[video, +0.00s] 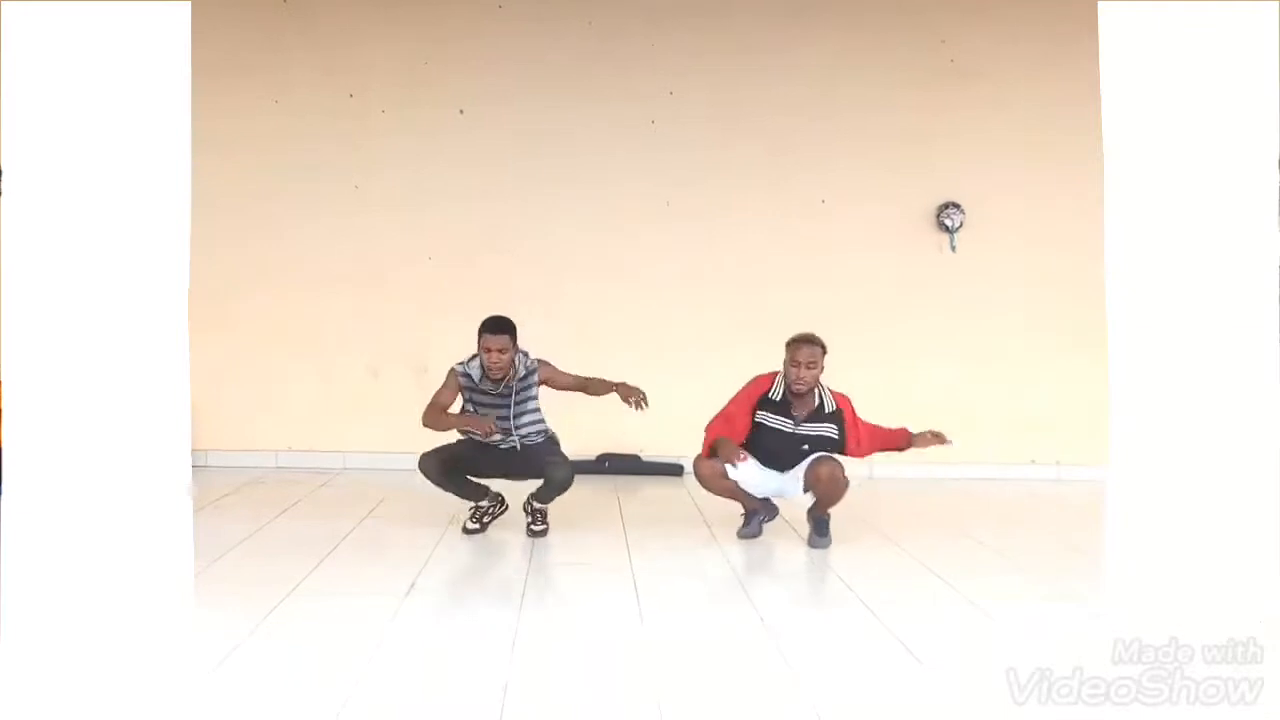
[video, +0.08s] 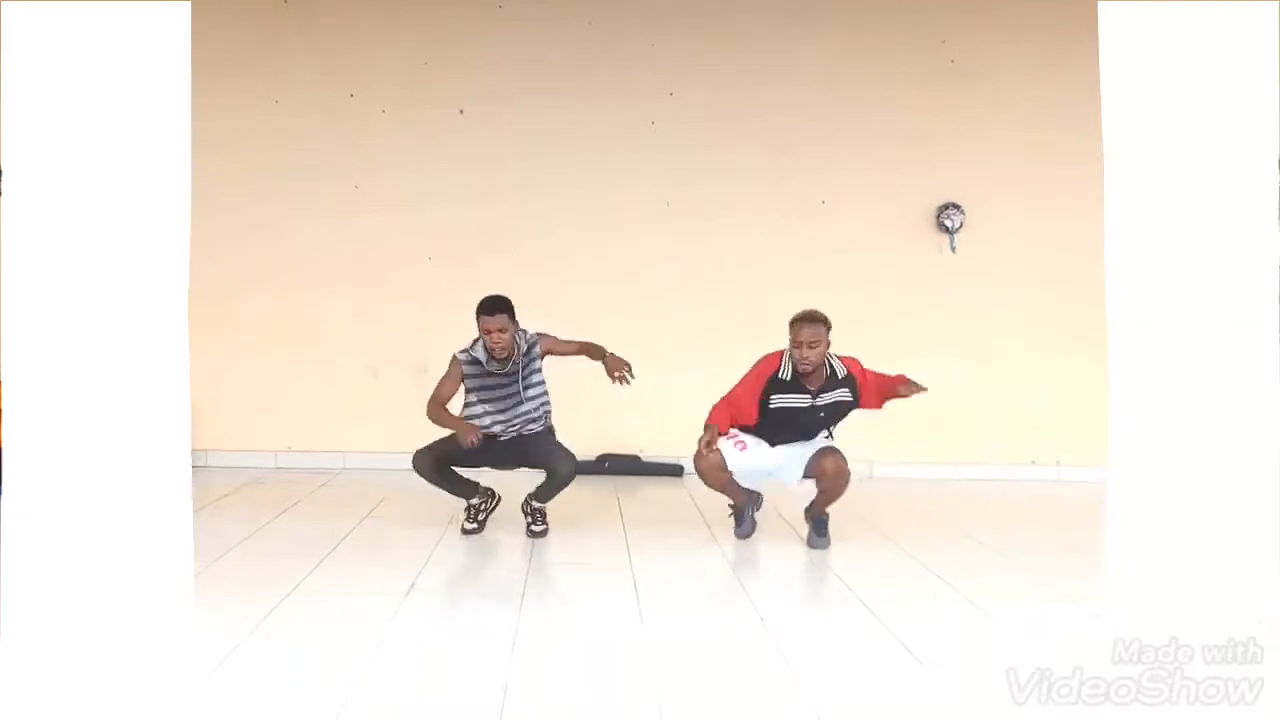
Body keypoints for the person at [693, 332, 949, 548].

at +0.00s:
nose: (801, 374)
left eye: (810, 367)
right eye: (795, 365)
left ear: (822, 369)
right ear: (784, 364)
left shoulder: (837, 406)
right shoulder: (762, 388)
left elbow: (862, 439)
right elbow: (719, 428)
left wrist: (911, 440)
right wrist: (723, 445)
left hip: (805, 474)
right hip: (760, 471)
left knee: (831, 474)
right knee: (705, 468)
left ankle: (819, 515)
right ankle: (757, 507)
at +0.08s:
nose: (804, 353)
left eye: (813, 346)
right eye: (797, 345)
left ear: (828, 344)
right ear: (789, 343)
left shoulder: (847, 373)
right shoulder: (771, 367)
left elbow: (877, 385)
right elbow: (734, 400)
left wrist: (901, 387)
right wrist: (713, 427)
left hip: (807, 448)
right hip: (758, 445)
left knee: (837, 471)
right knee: (705, 462)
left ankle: (817, 512)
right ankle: (744, 500)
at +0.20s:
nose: (793, 297)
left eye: (802, 289)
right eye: (786, 288)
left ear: (818, 281)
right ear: (779, 281)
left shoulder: (842, 307)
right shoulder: (766, 303)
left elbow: (870, 356)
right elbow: (737, 334)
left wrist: (836, 375)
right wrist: (717, 352)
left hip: (823, 397)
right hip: (776, 391)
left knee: (853, 459)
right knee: (760, 447)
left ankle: (821, 512)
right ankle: (690, 506)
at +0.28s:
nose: (792, 272)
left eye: (801, 264)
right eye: (785, 263)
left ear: (816, 259)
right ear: (777, 256)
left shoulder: (836, 297)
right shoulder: (764, 273)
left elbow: (823, 358)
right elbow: (740, 301)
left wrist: (783, 388)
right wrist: (716, 318)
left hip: (828, 379)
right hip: (775, 373)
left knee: (848, 455)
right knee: (759, 436)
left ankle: (825, 513)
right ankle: (744, 523)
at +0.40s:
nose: (808, 256)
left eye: (816, 248)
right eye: (799, 247)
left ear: (827, 244)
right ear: (787, 240)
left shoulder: (829, 289)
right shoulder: (769, 245)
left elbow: (784, 326)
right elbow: (739, 255)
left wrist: (731, 297)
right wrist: (710, 277)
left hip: (820, 368)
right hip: (771, 373)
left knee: (849, 443)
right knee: (778, 453)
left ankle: (813, 497)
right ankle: (847, 539)